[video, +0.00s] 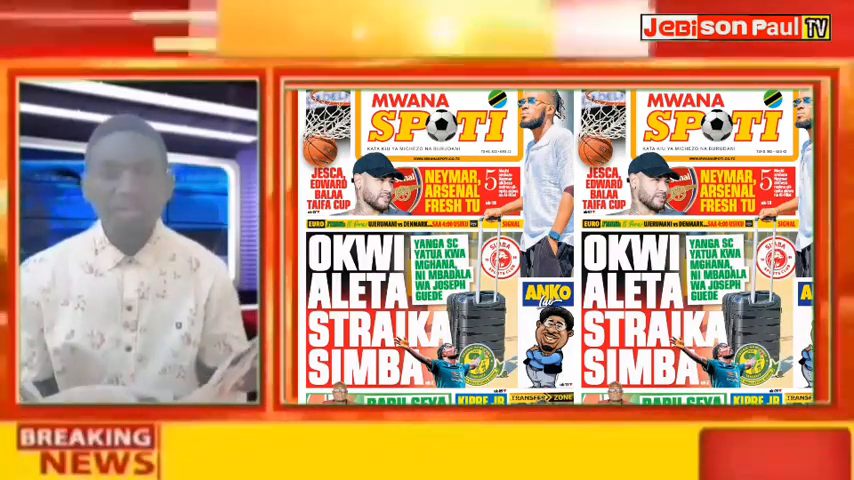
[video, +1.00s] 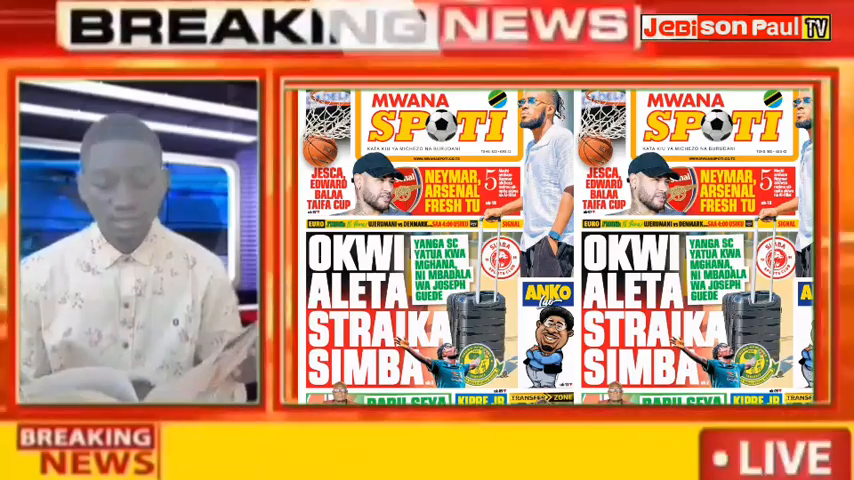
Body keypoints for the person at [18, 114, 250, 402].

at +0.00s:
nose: (127, 187)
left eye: (143, 171)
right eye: (110, 173)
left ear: (169, 184)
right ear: (86, 187)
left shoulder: (208, 274)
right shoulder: (39, 276)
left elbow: (231, 385)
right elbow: (28, 394)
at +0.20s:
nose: (126, 184)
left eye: (143, 168)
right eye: (109, 169)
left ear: (168, 183)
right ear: (86, 185)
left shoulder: (208, 273)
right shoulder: (40, 273)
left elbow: (233, 384)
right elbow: (22, 389)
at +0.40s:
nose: (125, 184)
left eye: (142, 168)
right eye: (108, 170)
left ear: (167, 181)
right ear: (85, 185)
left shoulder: (208, 273)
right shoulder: (40, 273)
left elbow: (232, 386)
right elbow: (21, 388)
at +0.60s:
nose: (127, 184)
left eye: (145, 168)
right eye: (107, 170)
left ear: (167, 181)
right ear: (85, 186)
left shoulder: (207, 272)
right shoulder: (39, 274)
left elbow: (232, 384)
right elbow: (20, 389)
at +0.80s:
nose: (124, 186)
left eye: (142, 170)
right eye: (104, 172)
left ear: (165, 179)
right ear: (82, 186)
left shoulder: (205, 272)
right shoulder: (38, 275)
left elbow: (231, 388)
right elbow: (20, 391)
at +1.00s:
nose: (124, 201)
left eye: (141, 182)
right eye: (104, 184)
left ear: (164, 181)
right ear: (81, 187)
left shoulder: (205, 273)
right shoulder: (36, 277)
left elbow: (229, 391)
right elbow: (25, 394)